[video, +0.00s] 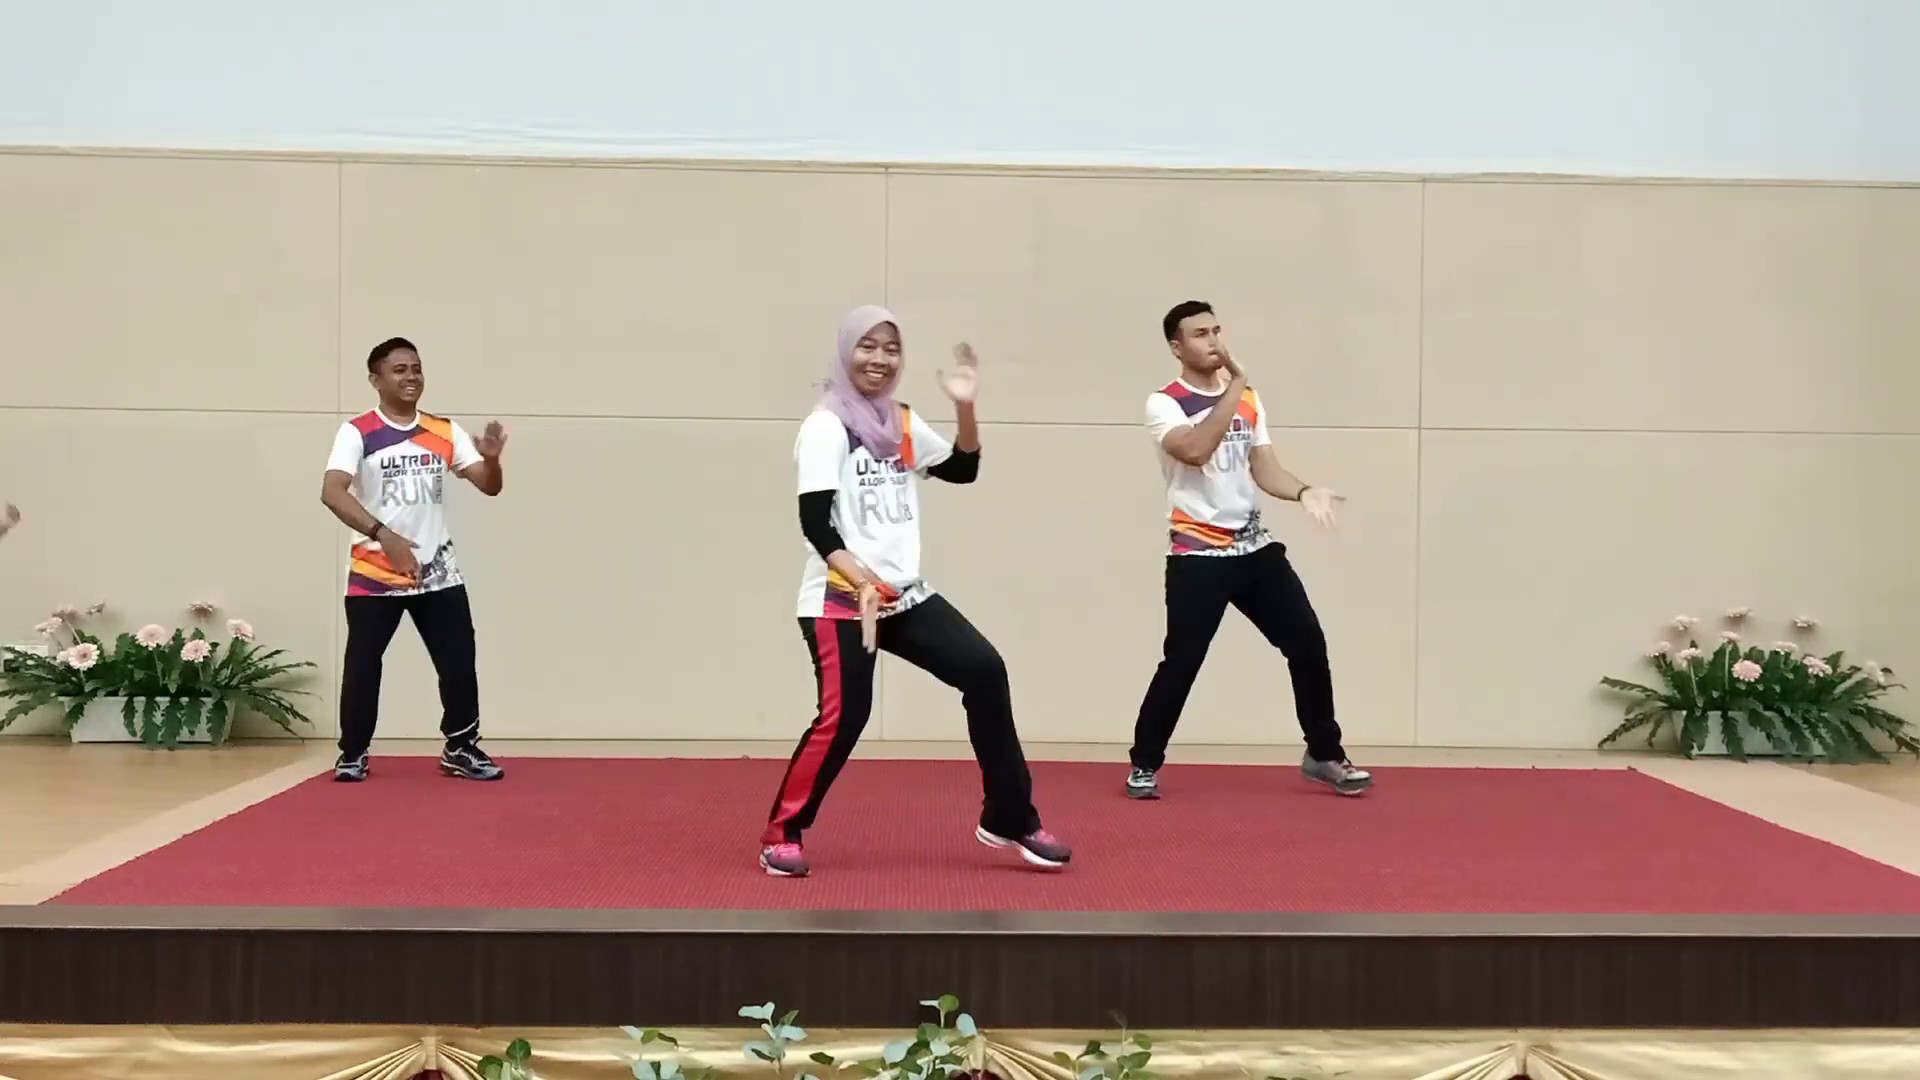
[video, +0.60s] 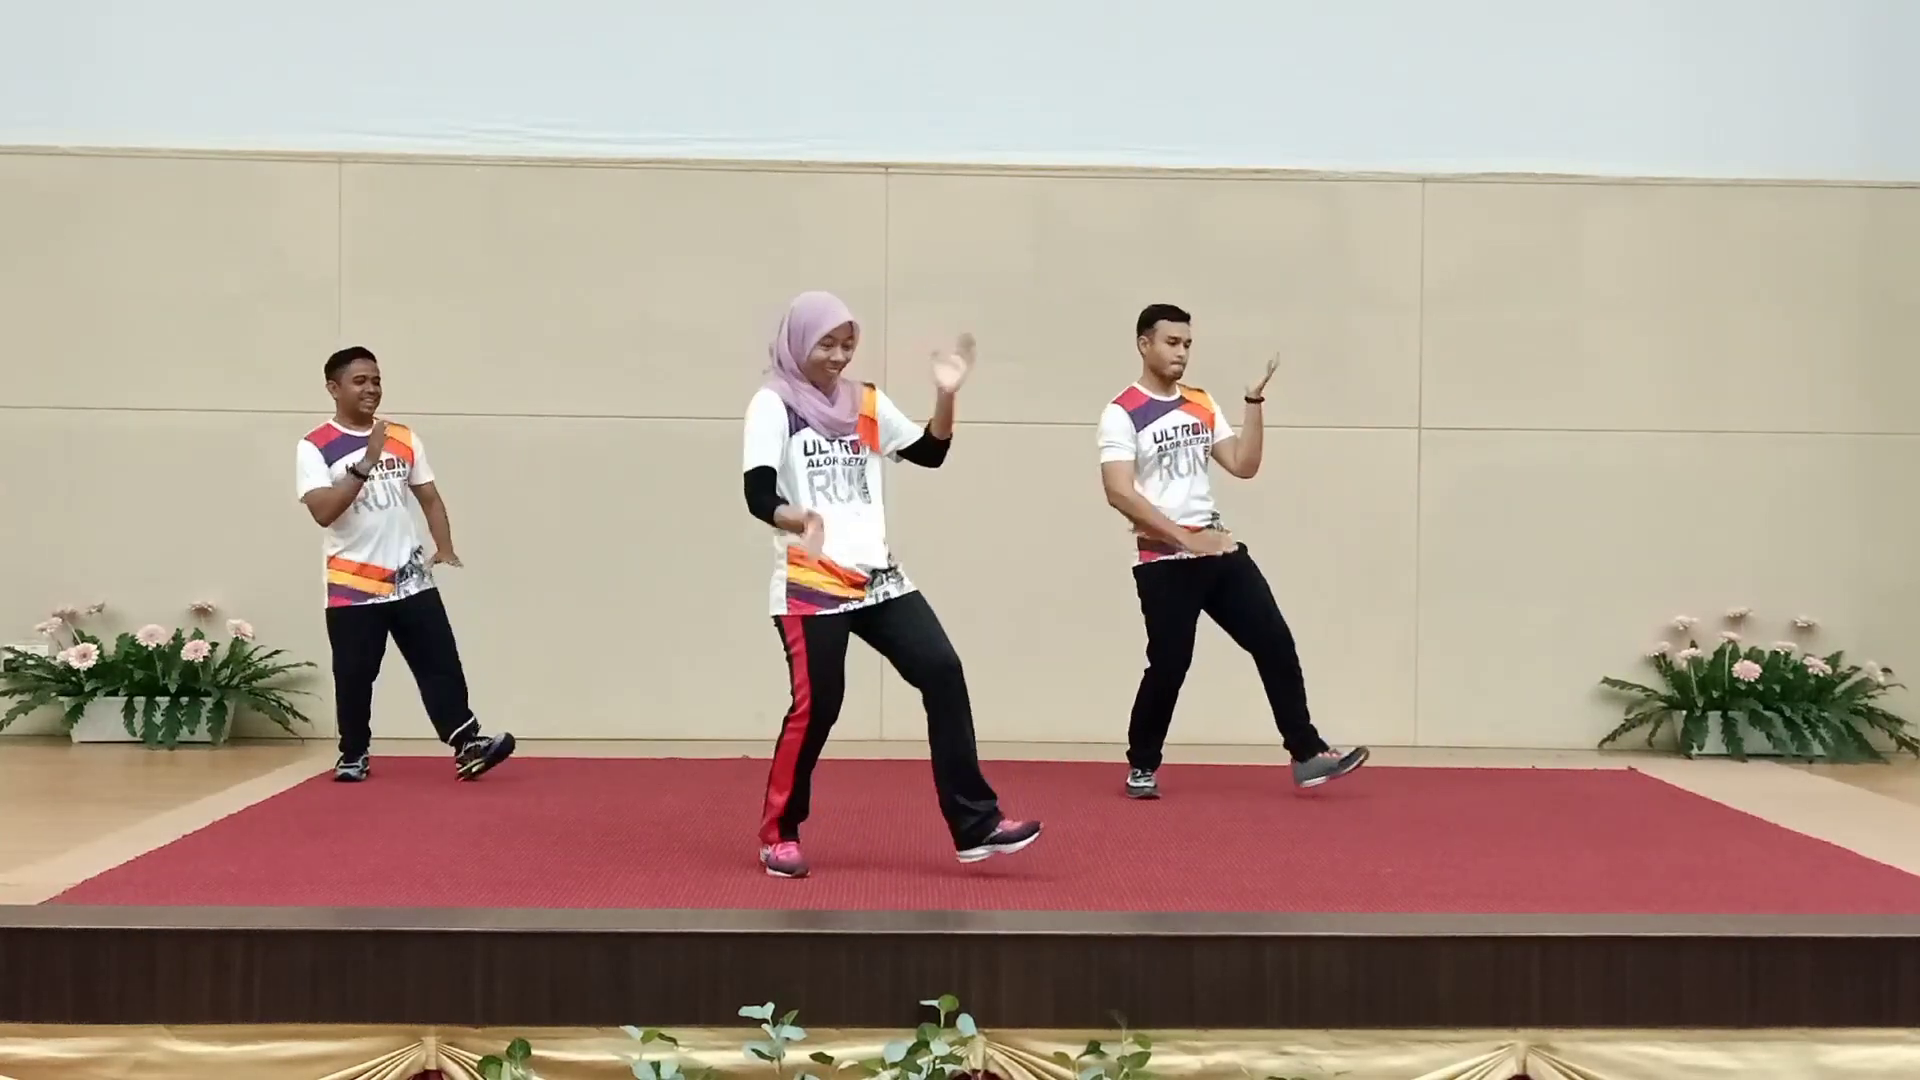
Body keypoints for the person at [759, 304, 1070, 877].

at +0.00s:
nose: (881, 357)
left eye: (891, 348)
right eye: (868, 346)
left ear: (901, 359)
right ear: (845, 355)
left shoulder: (903, 423)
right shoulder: (825, 426)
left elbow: (964, 469)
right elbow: (816, 525)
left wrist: (965, 409)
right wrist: (863, 578)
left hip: (904, 596)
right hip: (838, 599)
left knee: (985, 670)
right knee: (843, 714)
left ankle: (1008, 820)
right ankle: (783, 834)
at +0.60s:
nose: (841, 354)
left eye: (847, 343)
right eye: (830, 343)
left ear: (853, 343)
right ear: (797, 343)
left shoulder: (867, 401)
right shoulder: (773, 404)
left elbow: (929, 453)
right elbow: (760, 496)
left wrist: (945, 398)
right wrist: (799, 519)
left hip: (876, 577)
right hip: (809, 583)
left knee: (944, 675)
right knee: (817, 702)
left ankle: (974, 827)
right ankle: (780, 835)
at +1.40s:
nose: (1040, 328)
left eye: (1052, 319)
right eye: (1028, 319)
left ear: (1069, 333)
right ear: (1010, 332)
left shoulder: (1092, 401)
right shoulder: (984, 388)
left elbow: (1134, 480)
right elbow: (954, 453)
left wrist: (1125, 417)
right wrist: (951, 469)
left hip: (1058, 576)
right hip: (990, 575)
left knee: (1029, 699)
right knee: (979, 699)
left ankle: (1009, 849)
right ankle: (1064, 803)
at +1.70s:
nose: (1107, 341)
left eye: (1119, 331)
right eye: (1096, 331)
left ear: (1137, 343)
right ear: (1080, 341)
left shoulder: (1162, 408)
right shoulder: (1053, 404)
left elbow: (1190, 477)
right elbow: (1030, 486)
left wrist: (1159, 409)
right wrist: (1033, 550)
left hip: (1131, 577)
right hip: (1061, 579)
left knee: (1109, 677)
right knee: (1052, 695)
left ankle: (1103, 836)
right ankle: (1086, 829)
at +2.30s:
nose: (1257, 344)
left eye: (1270, 334)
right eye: (1248, 336)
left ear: (1297, 344)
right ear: (1239, 348)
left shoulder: (1312, 419)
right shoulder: (1228, 406)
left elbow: (1341, 493)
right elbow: (1161, 456)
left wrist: (1308, 521)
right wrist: (1173, 411)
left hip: (1282, 595)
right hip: (1219, 582)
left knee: (1282, 717)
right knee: (1137, 658)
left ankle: (1315, 841)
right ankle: (1118, 812)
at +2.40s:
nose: (1273, 347)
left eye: (1286, 337)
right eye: (1267, 338)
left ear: (1313, 348)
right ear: (1259, 349)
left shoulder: (1318, 418)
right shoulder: (1257, 410)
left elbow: (1333, 502)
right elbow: (1192, 453)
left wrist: (1302, 566)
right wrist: (1204, 414)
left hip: (1291, 596)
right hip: (1233, 581)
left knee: (1281, 712)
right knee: (1140, 629)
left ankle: (1313, 841)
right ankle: (1119, 781)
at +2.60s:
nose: (1288, 357)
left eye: (1301, 347)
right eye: (1281, 347)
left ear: (1329, 356)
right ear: (1273, 356)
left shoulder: (1335, 435)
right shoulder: (1270, 423)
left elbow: (1327, 522)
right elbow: (1211, 471)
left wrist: (1299, 591)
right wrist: (1228, 429)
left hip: (1287, 598)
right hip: (1229, 586)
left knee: (1276, 718)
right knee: (1158, 679)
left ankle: (1314, 842)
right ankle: (1124, 827)